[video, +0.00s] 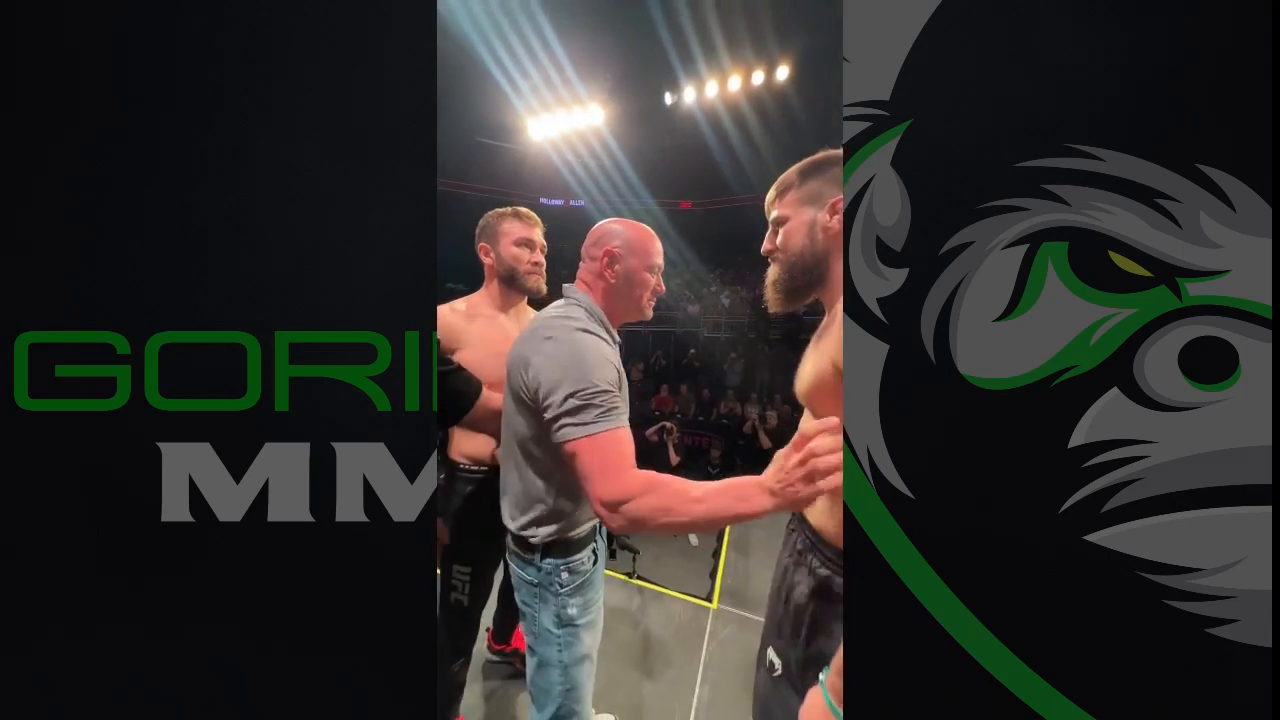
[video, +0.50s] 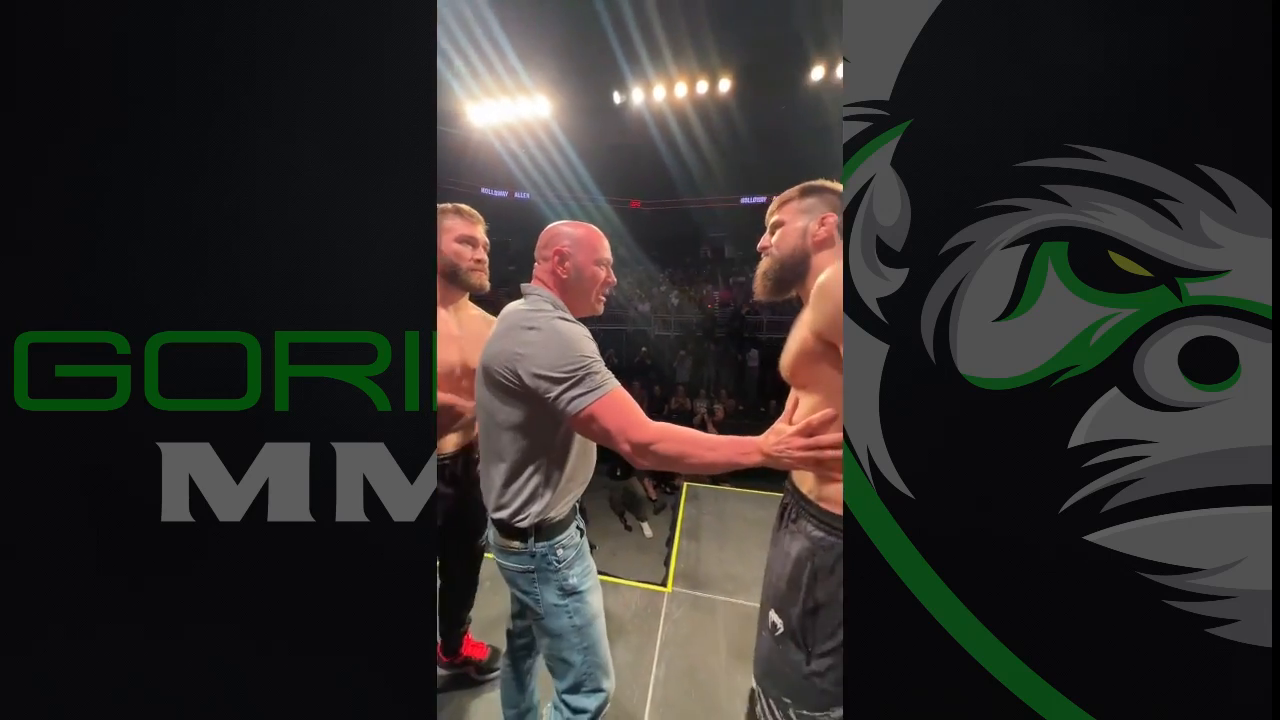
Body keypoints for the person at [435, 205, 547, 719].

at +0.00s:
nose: (540, 255)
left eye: (542, 247)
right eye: (525, 245)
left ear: (545, 257)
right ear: (487, 253)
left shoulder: (542, 327)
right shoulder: (447, 320)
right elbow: (429, 400)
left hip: (530, 480)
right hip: (470, 482)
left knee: (528, 567)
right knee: (458, 613)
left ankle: (504, 639)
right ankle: (445, 706)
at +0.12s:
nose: (535, 256)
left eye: (537, 248)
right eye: (520, 246)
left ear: (539, 256)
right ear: (483, 254)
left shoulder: (536, 326)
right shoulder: (445, 318)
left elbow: (544, 398)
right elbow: (425, 389)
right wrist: (517, 406)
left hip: (521, 476)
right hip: (463, 478)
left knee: (513, 567)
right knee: (455, 594)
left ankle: (494, 640)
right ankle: (441, 694)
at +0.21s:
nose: (529, 257)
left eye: (531, 248)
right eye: (514, 247)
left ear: (533, 255)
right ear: (477, 254)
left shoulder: (529, 324)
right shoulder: (441, 316)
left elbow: (539, 395)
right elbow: (431, 392)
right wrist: (520, 402)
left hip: (511, 474)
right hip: (457, 477)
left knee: (506, 568)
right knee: (451, 593)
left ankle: (488, 642)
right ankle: (436, 684)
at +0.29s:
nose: (520, 257)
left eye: (522, 248)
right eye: (506, 247)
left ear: (522, 255)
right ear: (469, 253)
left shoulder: (521, 322)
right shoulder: (435, 315)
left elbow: (533, 394)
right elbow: (428, 392)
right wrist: (513, 404)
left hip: (504, 472)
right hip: (449, 476)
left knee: (498, 566)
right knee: (447, 589)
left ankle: (480, 639)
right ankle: (429, 669)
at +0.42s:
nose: (499, 256)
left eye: (501, 247)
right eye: (484, 245)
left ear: (504, 253)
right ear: (446, 252)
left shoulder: (503, 323)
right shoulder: (425, 318)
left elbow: (516, 393)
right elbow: (404, 392)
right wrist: (482, 401)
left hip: (481, 465)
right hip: (429, 470)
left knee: (476, 564)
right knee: (426, 573)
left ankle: (464, 643)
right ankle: (426, 658)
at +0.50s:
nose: (482, 253)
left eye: (485, 244)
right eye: (467, 242)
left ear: (487, 252)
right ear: (434, 249)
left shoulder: (492, 327)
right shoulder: (415, 322)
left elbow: (512, 393)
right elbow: (384, 392)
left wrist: (485, 414)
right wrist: (433, 405)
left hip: (471, 465)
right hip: (418, 467)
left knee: (464, 563)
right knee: (418, 564)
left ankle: (454, 642)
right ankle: (419, 650)